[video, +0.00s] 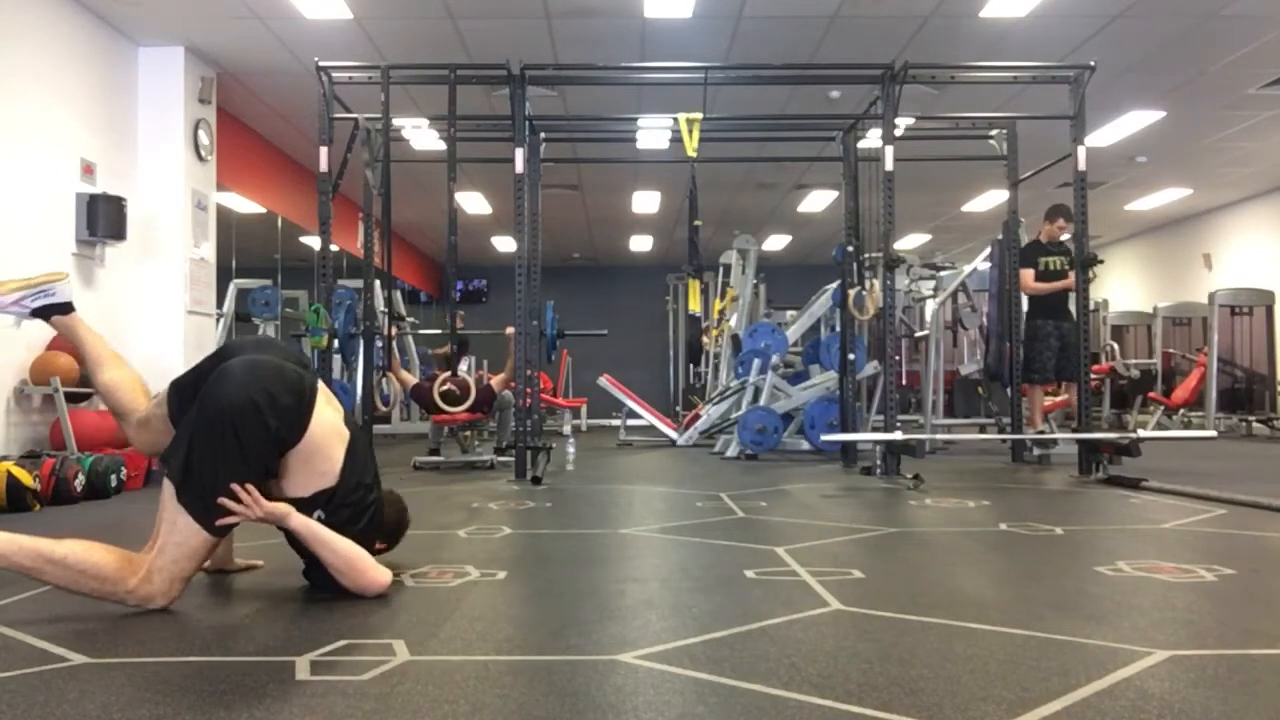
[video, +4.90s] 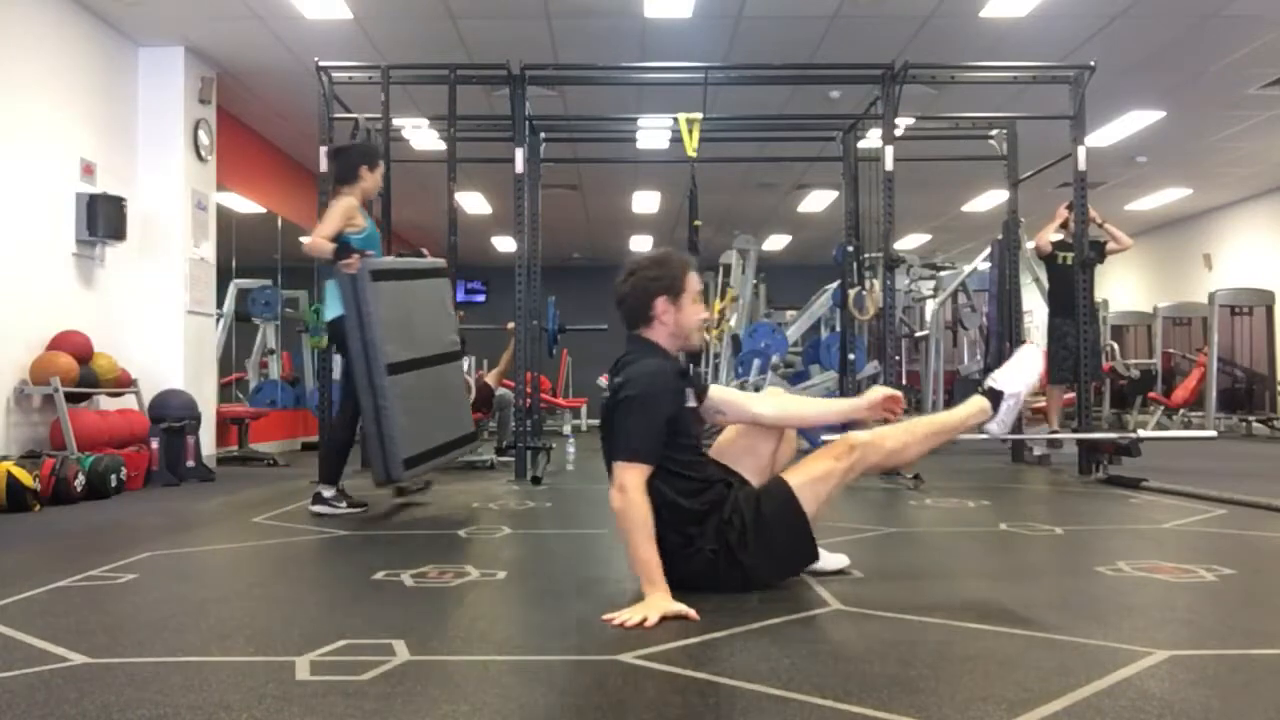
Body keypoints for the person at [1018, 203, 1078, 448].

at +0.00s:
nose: (1063, 234)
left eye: (1065, 230)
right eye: (1060, 228)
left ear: (1066, 228)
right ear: (1047, 223)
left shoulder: (1065, 251)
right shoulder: (1028, 251)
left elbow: (1073, 280)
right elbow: (1027, 286)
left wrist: (1080, 277)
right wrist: (1065, 283)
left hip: (1064, 317)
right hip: (1040, 318)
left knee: (1074, 373)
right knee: (1037, 376)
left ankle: (1077, 420)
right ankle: (1037, 425)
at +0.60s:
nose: (1091, 228)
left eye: (1094, 223)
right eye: (1087, 223)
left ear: (1097, 224)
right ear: (1076, 221)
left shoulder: (1101, 251)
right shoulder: (1058, 250)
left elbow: (1111, 285)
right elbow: (1046, 283)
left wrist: (1106, 282)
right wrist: (1080, 283)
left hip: (1090, 319)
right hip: (1063, 318)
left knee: (1088, 374)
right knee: (1055, 373)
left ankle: (1085, 422)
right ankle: (1047, 423)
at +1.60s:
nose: (1078, 222)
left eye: (1082, 217)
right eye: (1073, 217)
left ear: (1088, 220)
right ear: (1065, 220)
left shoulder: (1097, 250)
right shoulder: (1052, 251)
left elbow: (1111, 285)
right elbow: (1034, 283)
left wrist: (1100, 274)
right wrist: (1051, 297)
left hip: (1090, 320)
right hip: (1063, 321)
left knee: (1090, 376)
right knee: (1058, 376)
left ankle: (1087, 425)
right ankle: (1054, 428)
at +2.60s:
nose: (1081, 223)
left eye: (1085, 218)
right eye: (1076, 219)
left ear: (1089, 220)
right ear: (1065, 221)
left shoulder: (1091, 250)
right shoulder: (1051, 252)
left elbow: (1111, 277)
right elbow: (1038, 281)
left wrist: (1096, 255)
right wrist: (1068, 266)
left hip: (1089, 320)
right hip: (1062, 320)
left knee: (1089, 376)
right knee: (1058, 377)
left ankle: (1087, 424)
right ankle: (1054, 428)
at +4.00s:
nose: (1080, 223)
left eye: (1085, 217)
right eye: (1075, 217)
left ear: (1090, 222)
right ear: (1066, 220)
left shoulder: (1093, 248)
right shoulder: (1057, 245)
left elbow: (1128, 253)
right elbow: (1043, 253)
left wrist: (1106, 230)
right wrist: (1058, 229)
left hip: (1088, 318)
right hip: (1063, 317)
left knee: (1088, 376)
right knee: (1058, 376)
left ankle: (1086, 425)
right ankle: (1055, 427)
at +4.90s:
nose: (1080, 219)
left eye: (1083, 215)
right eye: (1076, 214)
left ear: (1087, 221)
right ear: (1066, 220)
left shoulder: (1092, 248)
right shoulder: (1056, 246)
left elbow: (1126, 244)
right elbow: (1040, 245)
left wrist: (1100, 221)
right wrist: (1057, 221)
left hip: (1086, 316)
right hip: (1061, 316)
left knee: (1087, 373)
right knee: (1058, 376)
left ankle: (1086, 424)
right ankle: (1054, 427)